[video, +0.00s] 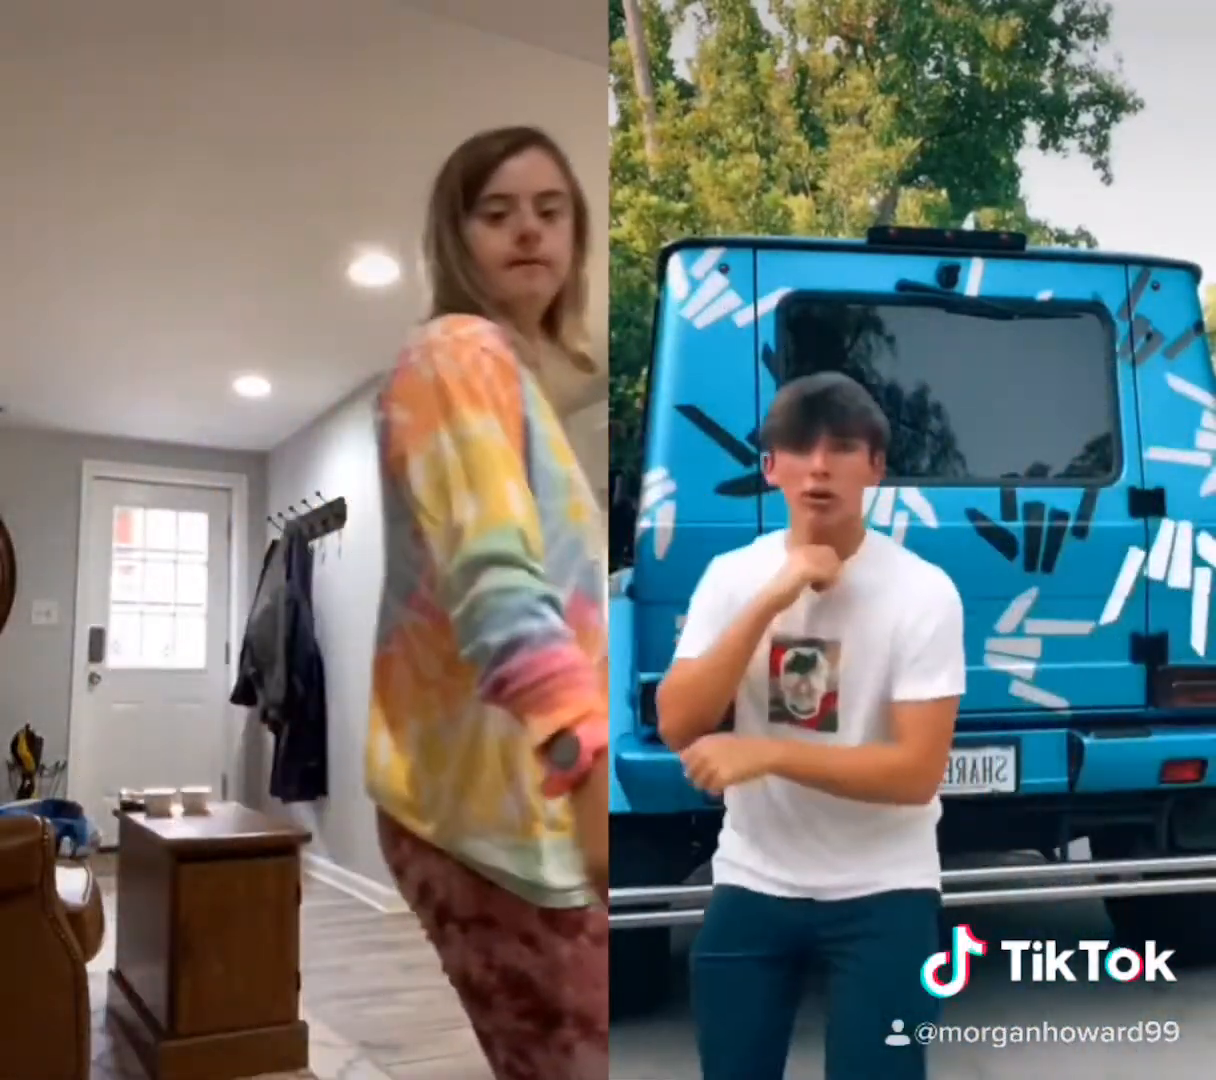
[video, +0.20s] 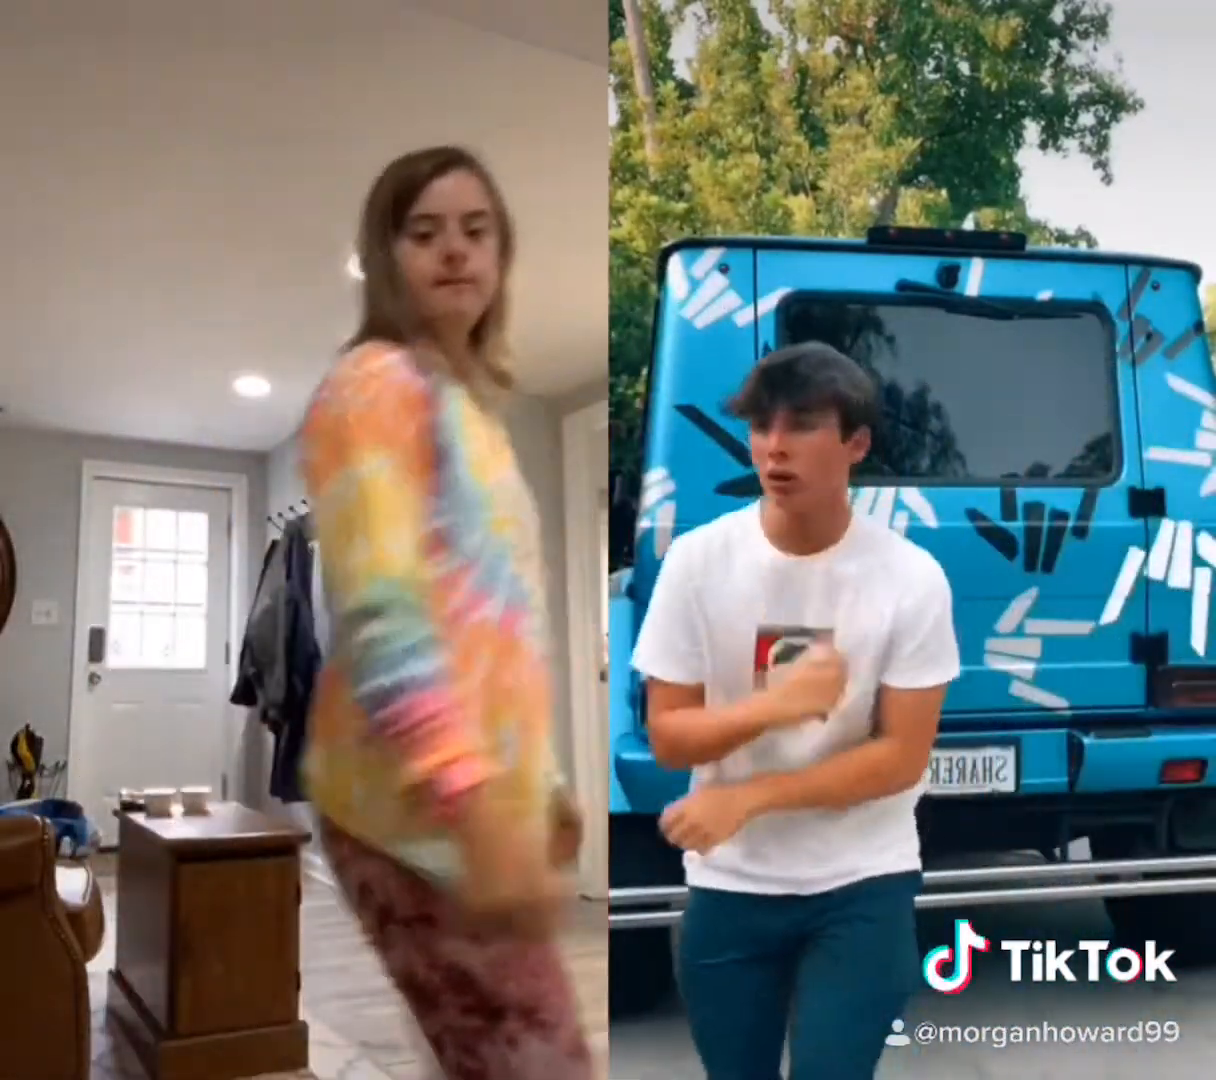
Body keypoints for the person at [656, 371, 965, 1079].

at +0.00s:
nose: (820, 466)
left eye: (841, 448)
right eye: (802, 447)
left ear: (875, 468)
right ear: (774, 467)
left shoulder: (922, 594)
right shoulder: (730, 578)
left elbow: (918, 773)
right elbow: (675, 726)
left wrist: (773, 753)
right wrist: (764, 607)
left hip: (884, 897)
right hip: (751, 892)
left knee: (874, 1068)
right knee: (733, 1068)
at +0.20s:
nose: (774, 446)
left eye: (799, 426)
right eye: (764, 425)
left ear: (854, 444)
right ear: (748, 437)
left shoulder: (911, 580)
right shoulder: (696, 562)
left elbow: (904, 755)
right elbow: (667, 737)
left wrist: (747, 799)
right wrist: (771, 704)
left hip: (863, 895)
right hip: (728, 897)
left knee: (827, 1067)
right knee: (736, 1069)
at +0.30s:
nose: (750, 469)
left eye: (779, 447)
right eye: (749, 447)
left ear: (845, 471)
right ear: (744, 459)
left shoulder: (912, 605)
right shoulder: (694, 592)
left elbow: (946, 769)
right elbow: (666, 754)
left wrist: (828, 851)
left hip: (863, 918)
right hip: (720, 917)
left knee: (845, 1067)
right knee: (706, 1064)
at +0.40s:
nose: (743, 471)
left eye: (773, 451)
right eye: (745, 450)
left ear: (843, 478)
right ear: (742, 460)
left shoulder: (914, 605)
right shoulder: (686, 596)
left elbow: (973, 741)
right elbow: (628, 727)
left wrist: (951, 835)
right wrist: (570, 806)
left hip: (865, 924)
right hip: (717, 921)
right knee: (692, 1063)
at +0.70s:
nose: (699, 424)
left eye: (732, 405)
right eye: (702, 402)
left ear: (806, 439)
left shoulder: (896, 579)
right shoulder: (650, 579)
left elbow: (929, 749)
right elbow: (628, 771)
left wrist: (898, 781)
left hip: (863, 946)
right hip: (708, 942)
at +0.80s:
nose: (752, 449)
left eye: (783, 427)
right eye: (733, 426)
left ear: (831, 461)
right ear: (706, 457)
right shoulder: (642, 613)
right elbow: (611, 825)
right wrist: (700, 773)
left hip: (868, 990)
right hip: (702, 986)